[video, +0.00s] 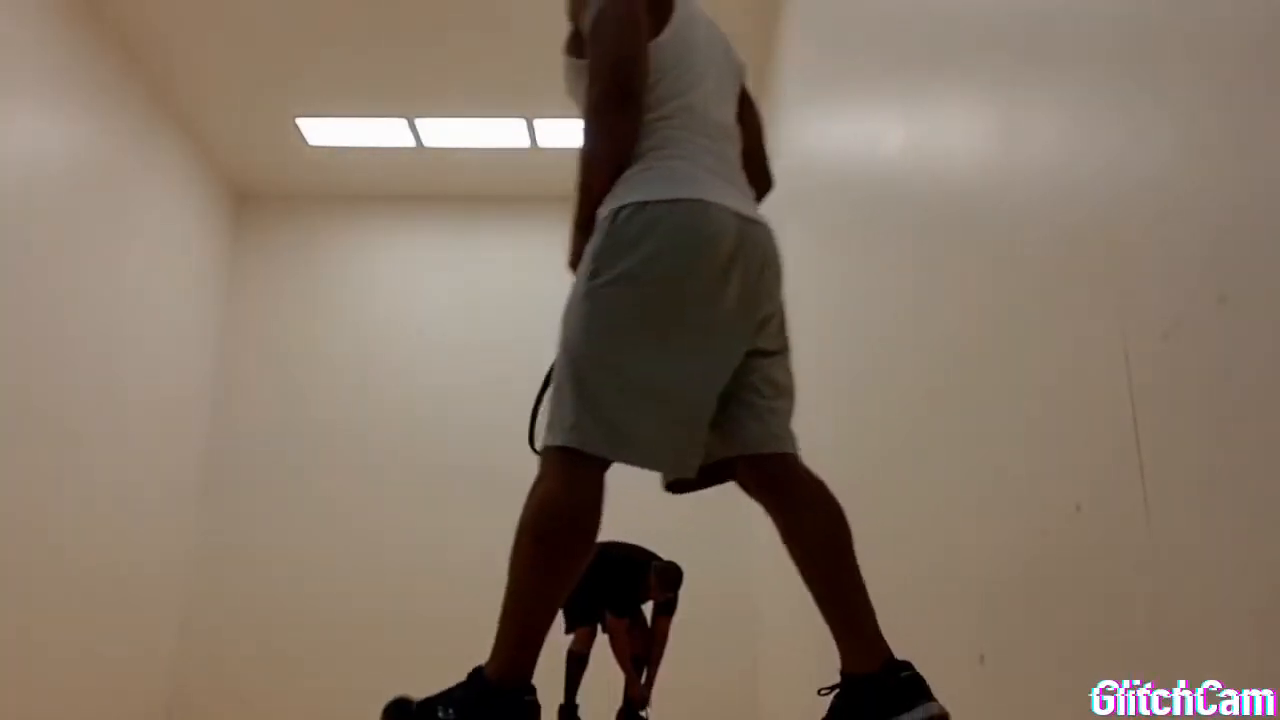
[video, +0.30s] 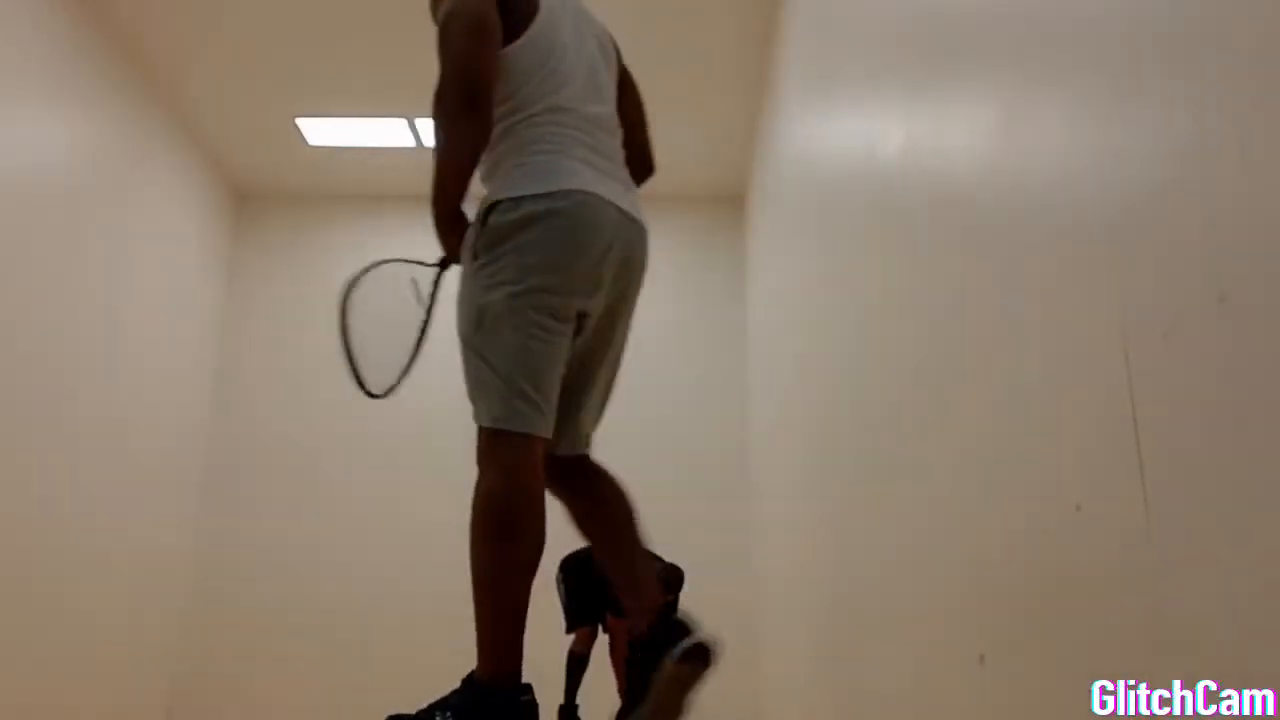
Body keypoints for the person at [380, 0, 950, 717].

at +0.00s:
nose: (574, 39)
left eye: (577, 24)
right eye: (573, 34)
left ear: (604, 1)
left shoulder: (615, 1)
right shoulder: (713, 43)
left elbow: (615, 106)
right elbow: (756, 172)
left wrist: (585, 236)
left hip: (653, 223)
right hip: (745, 238)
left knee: (573, 453)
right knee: (769, 461)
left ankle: (503, 683)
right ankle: (875, 673)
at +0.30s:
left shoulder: (471, 3)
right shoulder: (595, 29)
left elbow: (465, 98)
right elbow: (638, 157)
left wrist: (446, 208)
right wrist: (542, 191)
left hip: (536, 216)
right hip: (622, 227)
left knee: (509, 452)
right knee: (565, 452)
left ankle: (496, 686)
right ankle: (653, 621)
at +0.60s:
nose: (369, 33)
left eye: (371, 21)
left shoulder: (404, 6)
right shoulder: (511, 54)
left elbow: (399, 90)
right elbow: (550, 188)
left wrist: (323, 202)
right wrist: (458, 223)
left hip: (440, 235)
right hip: (516, 251)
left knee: (455, 456)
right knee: (414, 469)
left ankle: (495, 683)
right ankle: (342, 669)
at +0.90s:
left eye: (306, 11)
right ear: (399, 14)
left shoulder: (325, 23)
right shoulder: (423, 96)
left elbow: (303, 128)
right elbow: (471, 223)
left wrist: (210, 244)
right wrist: (410, 302)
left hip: (332, 270)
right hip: (403, 299)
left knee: (301, 470)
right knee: (316, 492)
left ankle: (433, 634)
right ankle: (248, 688)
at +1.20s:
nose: (238, 27)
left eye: (242, 17)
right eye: (240, 18)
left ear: (262, 15)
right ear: (325, 30)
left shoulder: (263, 51)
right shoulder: (356, 124)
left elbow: (258, 138)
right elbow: (363, 255)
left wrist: (181, 255)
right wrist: (261, 275)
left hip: (255, 284)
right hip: (331, 312)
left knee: (116, 443)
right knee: (274, 494)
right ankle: (245, 689)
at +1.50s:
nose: (142, 23)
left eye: (156, 11)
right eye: (149, 12)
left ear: (183, 21)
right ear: (230, 37)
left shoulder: (179, 68)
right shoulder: (259, 121)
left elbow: (184, 170)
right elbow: (235, 232)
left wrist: (117, 284)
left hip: (178, 293)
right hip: (258, 311)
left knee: (66, 478)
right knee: (222, 492)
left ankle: (19, 674)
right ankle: (240, 679)